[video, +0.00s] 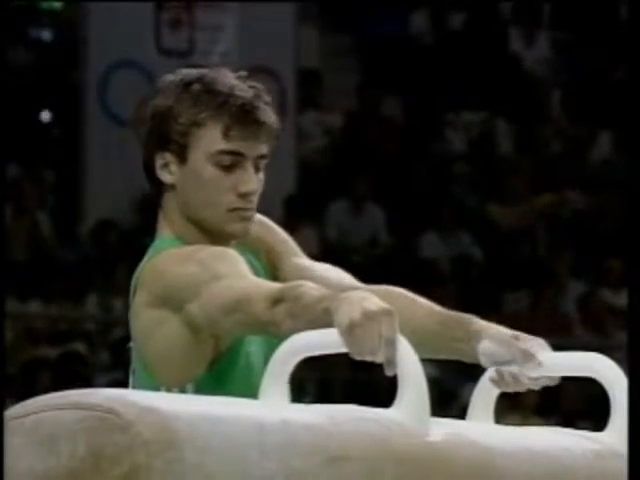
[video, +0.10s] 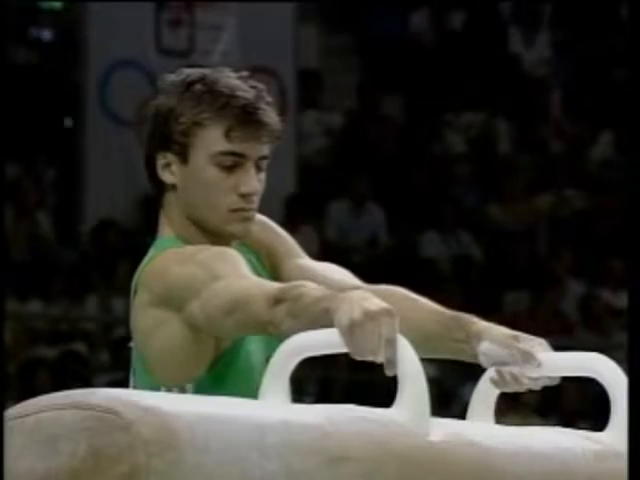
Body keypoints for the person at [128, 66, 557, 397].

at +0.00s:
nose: (251, 185)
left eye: (259, 165)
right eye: (228, 164)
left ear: (267, 164)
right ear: (168, 167)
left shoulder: (255, 237)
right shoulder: (182, 269)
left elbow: (356, 293)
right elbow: (270, 306)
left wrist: (480, 338)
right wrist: (342, 303)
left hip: (247, 465)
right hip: (186, 469)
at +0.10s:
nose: (252, 186)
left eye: (260, 165)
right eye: (229, 165)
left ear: (268, 164)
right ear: (170, 168)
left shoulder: (255, 236)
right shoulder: (181, 270)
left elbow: (355, 293)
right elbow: (272, 306)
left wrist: (478, 337)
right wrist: (342, 302)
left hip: (246, 464)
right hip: (188, 469)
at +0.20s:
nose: (252, 186)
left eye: (261, 166)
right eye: (230, 165)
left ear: (269, 164)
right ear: (171, 169)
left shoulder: (256, 237)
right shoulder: (181, 270)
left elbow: (356, 294)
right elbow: (273, 306)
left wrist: (478, 337)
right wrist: (343, 303)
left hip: (248, 467)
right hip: (187, 471)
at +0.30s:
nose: (253, 186)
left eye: (262, 166)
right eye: (231, 165)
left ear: (270, 164)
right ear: (171, 169)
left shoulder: (256, 237)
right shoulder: (182, 270)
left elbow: (357, 293)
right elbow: (272, 307)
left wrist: (478, 338)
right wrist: (342, 303)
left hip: (248, 466)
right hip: (188, 470)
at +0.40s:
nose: (254, 187)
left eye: (262, 166)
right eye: (231, 165)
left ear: (271, 164)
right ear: (171, 169)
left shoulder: (256, 238)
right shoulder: (181, 270)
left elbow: (357, 293)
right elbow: (272, 307)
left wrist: (478, 337)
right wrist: (342, 303)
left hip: (247, 467)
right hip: (187, 471)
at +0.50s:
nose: (254, 186)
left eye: (262, 166)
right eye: (231, 165)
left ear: (271, 163)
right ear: (171, 169)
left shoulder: (255, 238)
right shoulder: (182, 270)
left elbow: (357, 294)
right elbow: (272, 307)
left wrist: (478, 338)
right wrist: (342, 303)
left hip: (248, 467)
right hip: (188, 471)